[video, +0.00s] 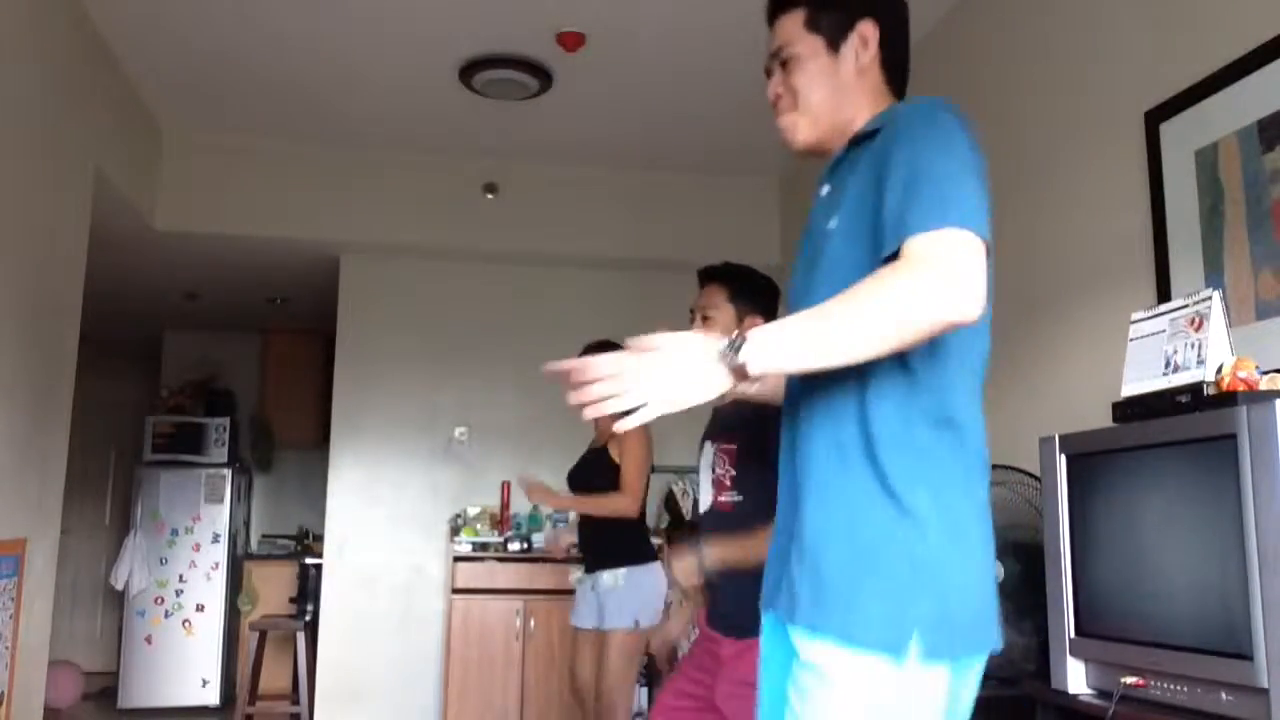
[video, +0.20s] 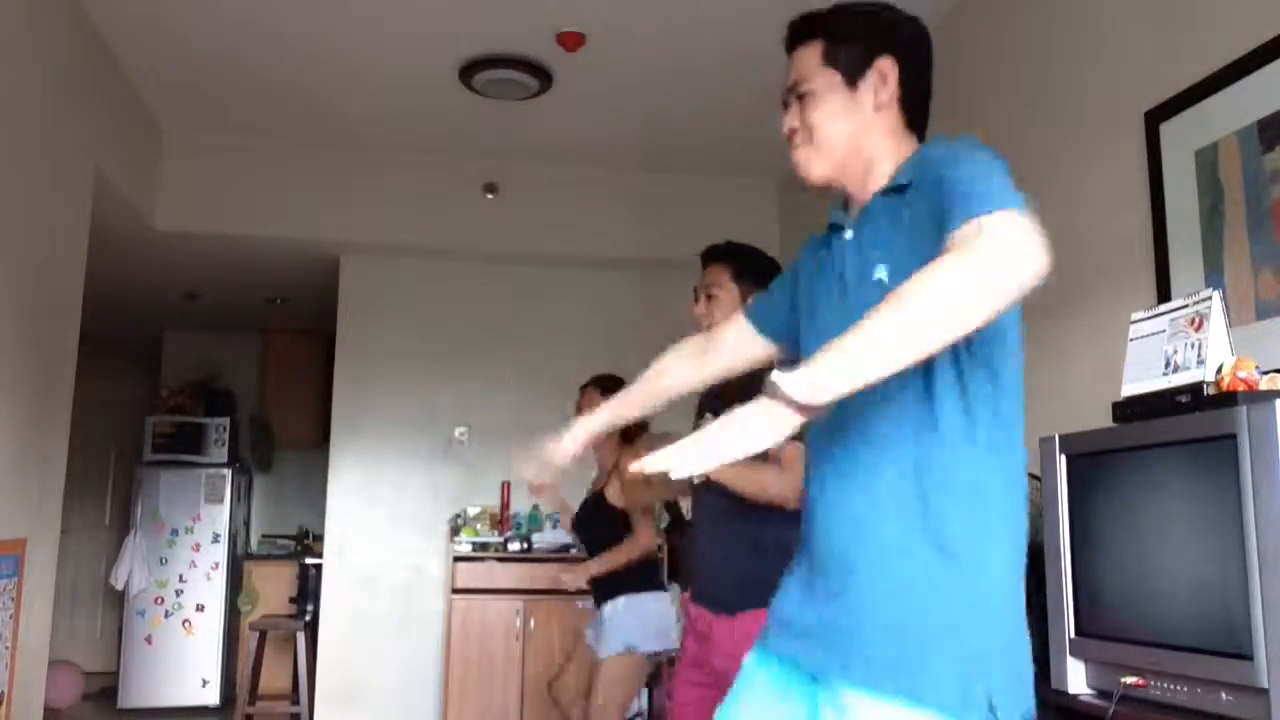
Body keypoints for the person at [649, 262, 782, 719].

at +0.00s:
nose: (694, 332)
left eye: (707, 319)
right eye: (694, 319)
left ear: (752, 328)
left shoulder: (784, 417)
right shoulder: (723, 417)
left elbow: (801, 528)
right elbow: (715, 525)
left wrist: (705, 554)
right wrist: (681, 614)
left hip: (764, 643)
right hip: (713, 636)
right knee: (667, 713)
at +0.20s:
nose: (698, 311)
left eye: (711, 295)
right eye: (697, 297)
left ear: (755, 299)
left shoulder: (789, 378)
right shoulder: (717, 390)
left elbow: (791, 487)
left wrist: (706, 462)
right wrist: (661, 472)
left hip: (761, 611)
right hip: (703, 605)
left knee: (752, 712)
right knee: (686, 712)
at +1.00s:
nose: (705, 316)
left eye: (718, 299)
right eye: (702, 300)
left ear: (753, 307)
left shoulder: (781, 374)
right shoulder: (714, 387)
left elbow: (785, 470)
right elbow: (668, 451)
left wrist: (688, 455)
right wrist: (601, 475)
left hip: (768, 610)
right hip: (709, 606)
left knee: (757, 708)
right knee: (702, 711)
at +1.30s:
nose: (695, 343)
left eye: (704, 327)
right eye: (689, 331)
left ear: (743, 311)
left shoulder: (773, 377)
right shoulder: (712, 389)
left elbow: (777, 453)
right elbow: (659, 429)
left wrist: (729, 466)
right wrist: (588, 435)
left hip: (762, 590)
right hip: (716, 593)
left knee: (718, 706)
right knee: (709, 706)